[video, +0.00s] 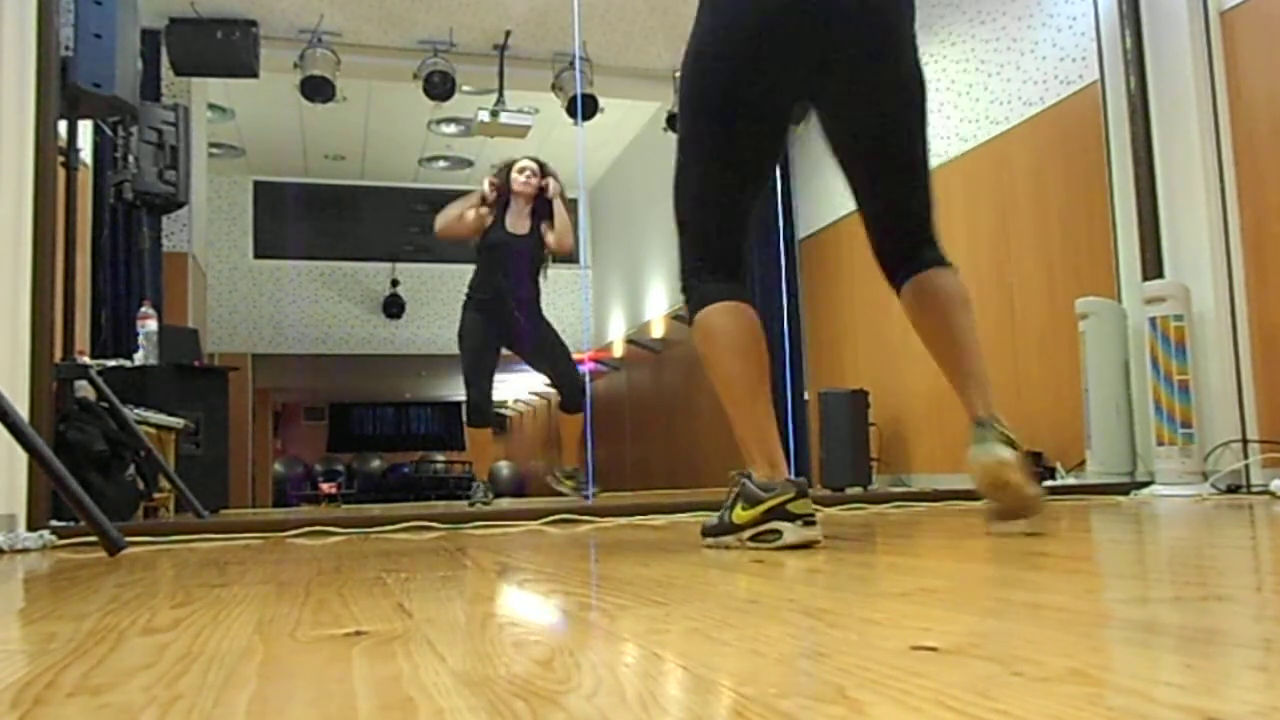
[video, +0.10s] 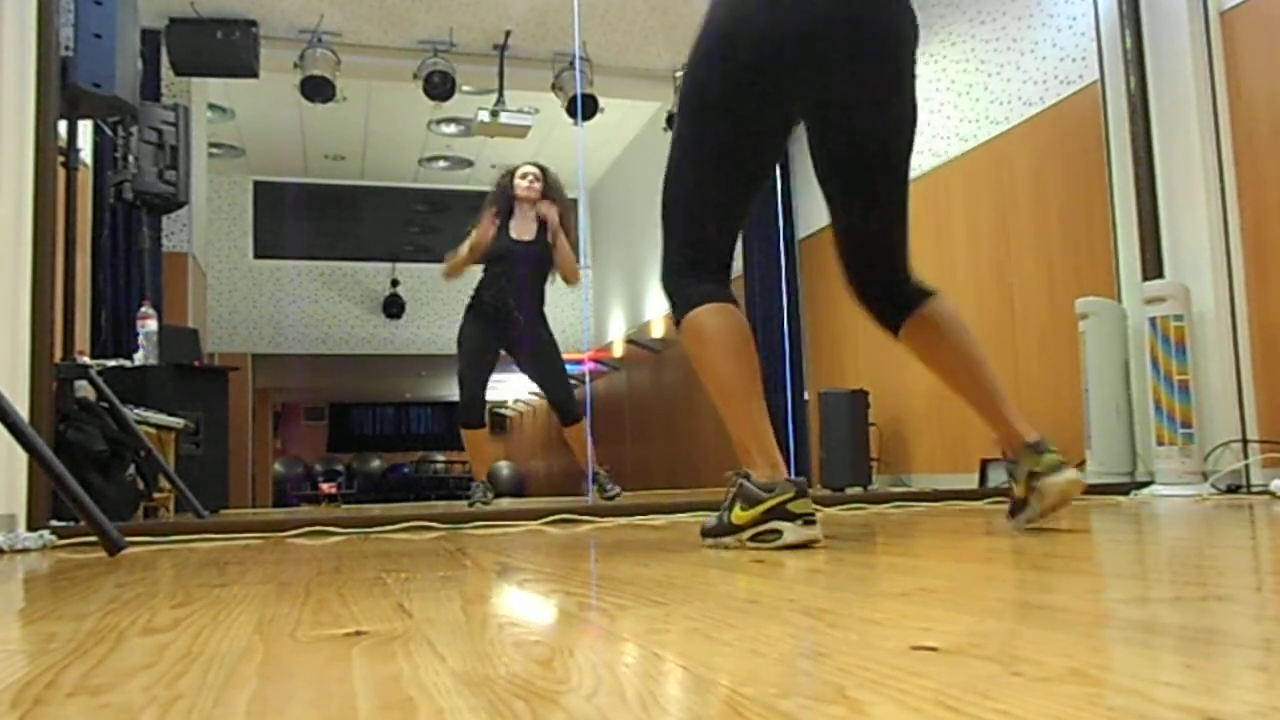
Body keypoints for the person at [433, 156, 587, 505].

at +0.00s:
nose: (528, 177)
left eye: (534, 174)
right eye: (522, 171)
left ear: (539, 188)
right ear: (507, 181)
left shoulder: (542, 223)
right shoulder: (486, 217)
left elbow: (564, 243)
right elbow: (442, 227)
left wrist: (557, 198)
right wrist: (476, 196)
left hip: (526, 318)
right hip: (482, 316)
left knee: (573, 385)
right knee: (478, 398)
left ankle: (568, 470)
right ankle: (481, 483)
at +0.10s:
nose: (530, 182)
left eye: (537, 179)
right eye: (523, 177)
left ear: (544, 191)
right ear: (510, 186)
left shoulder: (551, 227)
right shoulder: (493, 221)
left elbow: (572, 277)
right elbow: (451, 270)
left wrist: (555, 228)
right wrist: (476, 244)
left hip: (528, 321)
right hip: (484, 318)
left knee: (564, 398)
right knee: (470, 397)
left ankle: (593, 473)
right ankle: (480, 483)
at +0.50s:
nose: (557, 194)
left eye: (563, 189)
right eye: (550, 189)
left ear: (572, 199)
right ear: (537, 199)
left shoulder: (587, 238)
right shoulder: (527, 245)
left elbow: (618, 289)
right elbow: (520, 296)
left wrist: (618, 330)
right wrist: (515, 330)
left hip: (589, 337)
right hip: (545, 340)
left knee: (601, 405)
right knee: (491, 398)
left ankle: (601, 480)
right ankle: (488, 483)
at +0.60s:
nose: (564, 188)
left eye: (570, 183)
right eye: (557, 183)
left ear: (579, 192)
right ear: (544, 192)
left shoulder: (594, 231)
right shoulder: (532, 238)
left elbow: (627, 282)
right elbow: (524, 289)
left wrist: (627, 322)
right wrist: (528, 322)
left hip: (602, 329)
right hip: (559, 332)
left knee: (604, 405)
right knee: (507, 392)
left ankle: (604, 481)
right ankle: (491, 480)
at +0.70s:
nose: (569, 179)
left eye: (574, 174)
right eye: (562, 175)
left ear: (583, 182)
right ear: (548, 184)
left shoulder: (600, 220)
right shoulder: (537, 229)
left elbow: (633, 271)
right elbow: (530, 279)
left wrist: (630, 314)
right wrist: (536, 311)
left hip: (608, 319)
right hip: (565, 322)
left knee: (608, 401)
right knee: (517, 385)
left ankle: (604, 479)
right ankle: (498, 472)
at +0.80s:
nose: (572, 171)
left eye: (577, 165)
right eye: (564, 166)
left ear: (586, 173)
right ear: (552, 177)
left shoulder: (604, 211)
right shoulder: (543, 224)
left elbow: (637, 261)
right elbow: (539, 272)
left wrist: (631, 306)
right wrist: (540, 301)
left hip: (609, 310)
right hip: (567, 311)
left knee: (606, 393)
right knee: (521, 375)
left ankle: (603, 479)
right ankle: (510, 466)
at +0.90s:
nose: (574, 169)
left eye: (579, 164)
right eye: (566, 165)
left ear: (588, 171)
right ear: (554, 174)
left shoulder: (607, 206)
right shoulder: (549, 224)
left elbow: (642, 254)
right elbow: (548, 276)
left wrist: (631, 300)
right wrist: (542, 285)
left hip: (608, 308)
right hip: (565, 307)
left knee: (603, 391)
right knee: (526, 376)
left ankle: (604, 478)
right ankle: (515, 470)